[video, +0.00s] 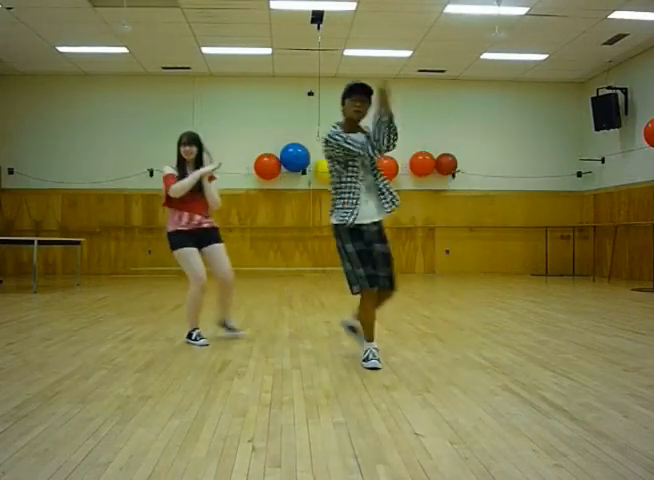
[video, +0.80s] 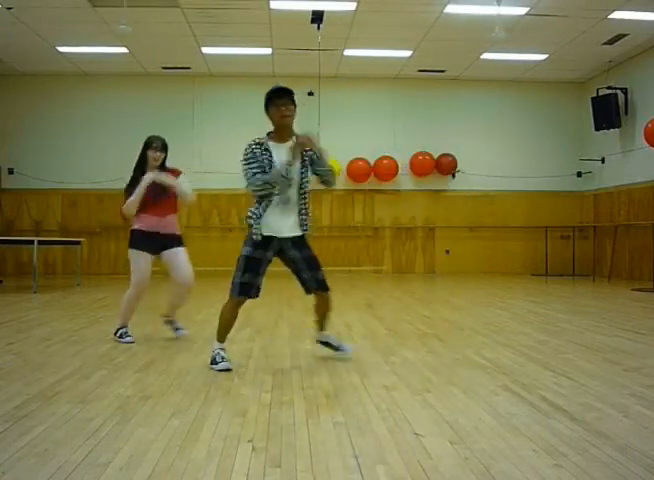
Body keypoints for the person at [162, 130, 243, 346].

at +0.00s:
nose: (187, 149)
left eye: (192, 145)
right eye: (184, 145)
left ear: (199, 148)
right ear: (179, 149)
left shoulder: (206, 173)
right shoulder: (171, 172)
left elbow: (215, 204)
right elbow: (175, 192)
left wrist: (206, 178)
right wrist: (200, 172)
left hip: (206, 227)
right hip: (180, 230)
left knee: (226, 276)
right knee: (199, 278)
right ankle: (193, 330)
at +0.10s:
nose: (180, 146)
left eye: (184, 142)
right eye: (176, 142)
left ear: (191, 146)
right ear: (171, 146)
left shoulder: (198, 171)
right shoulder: (163, 168)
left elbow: (204, 199)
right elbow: (162, 187)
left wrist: (190, 175)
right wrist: (185, 167)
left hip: (198, 226)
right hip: (173, 227)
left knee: (209, 277)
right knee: (194, 275)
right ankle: (192, 329)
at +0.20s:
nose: (172, 145)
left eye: (176, 140)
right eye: (168, 141)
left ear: (183, 144)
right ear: (163, 144)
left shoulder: (191, 169)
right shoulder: (154, 168)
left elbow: (194, 193)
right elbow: (144, 189)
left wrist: (173, 173)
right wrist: (159, 166)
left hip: (188, 225)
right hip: (163, 224)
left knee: (178, 281)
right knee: (185, 272)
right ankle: (191, 330)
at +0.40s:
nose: (159, 149)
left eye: (163, 145)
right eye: (156, 145)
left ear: (170, 149)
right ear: (150, 149)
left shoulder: (177, 172)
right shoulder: (140, 175)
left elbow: (174, 190)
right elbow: (130, 209)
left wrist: (147, 176)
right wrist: (129, 182)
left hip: (170, 231)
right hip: (146, 229)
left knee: (151, 285)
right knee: (173, 273)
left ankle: (130, 323)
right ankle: (161, 325)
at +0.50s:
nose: (154, 150)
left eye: (158, 146)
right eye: (150, 146)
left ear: (164, 151)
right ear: (144, 150)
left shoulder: (173, 173)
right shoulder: (135, 177)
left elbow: (173, 194)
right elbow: (128, 211)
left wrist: (142, 183)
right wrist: (124, 190)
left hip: (167, 231)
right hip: (143, 229)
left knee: (150, 281)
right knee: (161, 278)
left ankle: (132, 323)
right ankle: (134, 321)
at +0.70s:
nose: (152, 156)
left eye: (156, 152)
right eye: (148, 151)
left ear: (161, 156)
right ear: (141, 155)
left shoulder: (170, 178)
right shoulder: (133, 181)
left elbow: (181, 204)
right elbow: (123, 218)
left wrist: (153, 199)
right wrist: (129, 201)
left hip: (164, 236)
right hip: (137, 234)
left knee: (172, 287)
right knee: (139, 285)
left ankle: (145, 314)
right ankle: (121, 327)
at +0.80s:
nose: (157, 154)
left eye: (161, 150)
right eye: (153, 149)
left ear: (165, 154)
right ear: (145, 152)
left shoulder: (174, 175)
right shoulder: (137, 179)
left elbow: (189, 198)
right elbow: (128, 211)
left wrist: (168, 182)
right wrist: (144, 184)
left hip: (170, 232)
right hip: (142, 232)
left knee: (185, 279)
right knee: (140, 281)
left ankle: (169, 316)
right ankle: (122, 327)